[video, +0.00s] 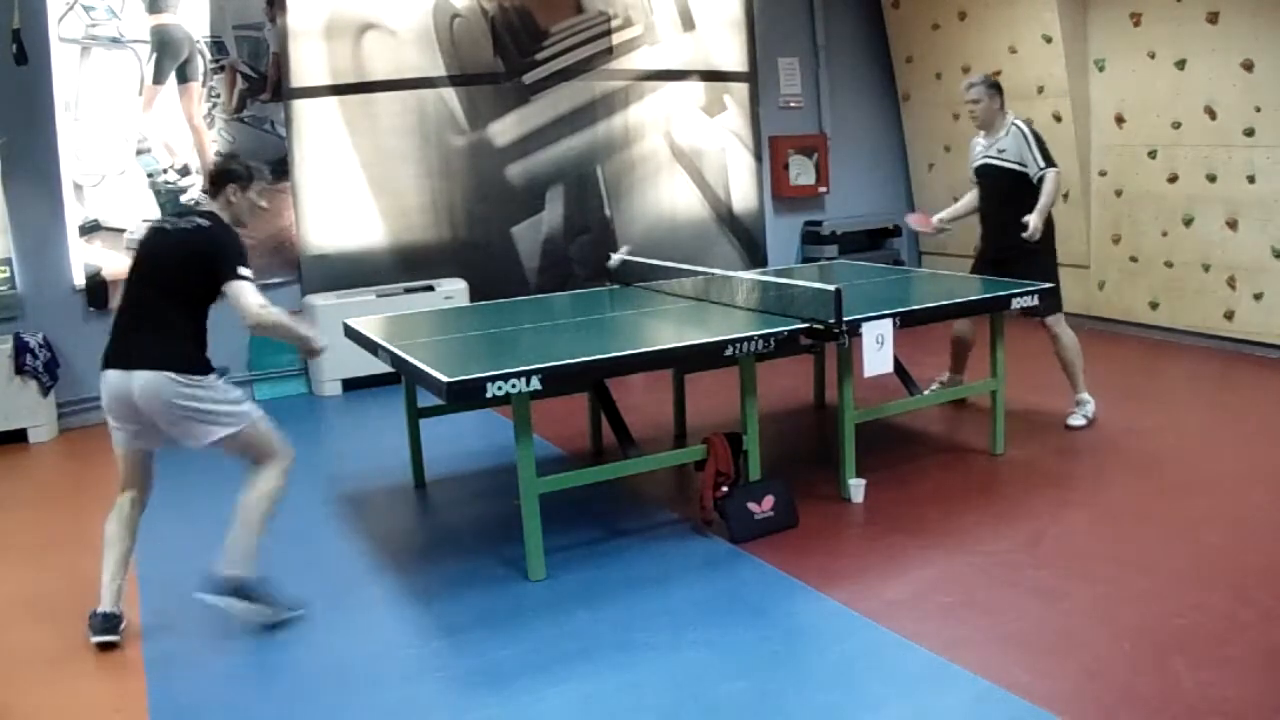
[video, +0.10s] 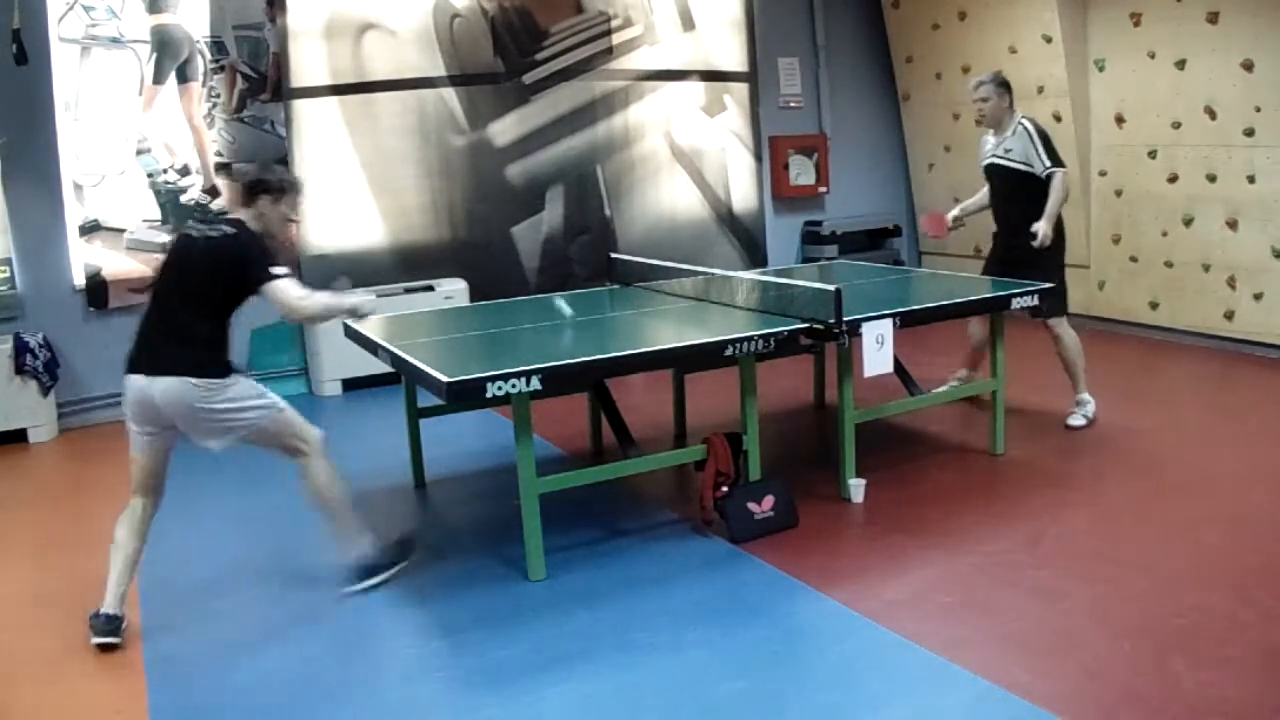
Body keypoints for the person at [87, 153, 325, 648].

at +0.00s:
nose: (263, 210)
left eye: (265, 199)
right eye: (259, 198)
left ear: (214, 190)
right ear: (234, 193)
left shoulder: (159, 230)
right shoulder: (220, 238)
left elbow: (125, 298)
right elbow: (255, 314)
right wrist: (304, 336)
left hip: (116, 377)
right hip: (173, 377)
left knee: (130, 492)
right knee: (275, 456)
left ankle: (107, 610)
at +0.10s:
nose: (294, 230)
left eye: (295, 219)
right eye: (289, 218)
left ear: (247, 206)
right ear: (260, 206)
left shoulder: (189, 237)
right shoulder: (250, 247)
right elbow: (297, 305)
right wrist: (353, 302)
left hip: (140, 383)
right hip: (198, 383)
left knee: (142, 497)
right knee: (308, 445)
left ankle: (109, 612)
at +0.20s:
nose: (335, 218)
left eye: (336, 209)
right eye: (332, 209)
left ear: (293, 204)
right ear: (309, 204)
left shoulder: (231, 235)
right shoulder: (296, 247)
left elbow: (188, 300)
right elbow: (360, 292)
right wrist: (401, 269)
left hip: (185, 383)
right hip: (245, 388)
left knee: (164, 497)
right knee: (346, 451)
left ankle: (113, 606)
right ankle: (402, 544)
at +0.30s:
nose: (378, 223)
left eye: (379, 214)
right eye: (377, 214)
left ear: (337, 201)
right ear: (355, 207)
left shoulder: (273, 234)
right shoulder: (349, 247)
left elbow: (229, 299)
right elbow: (417, 276)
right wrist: (454, 249)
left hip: (227, 380)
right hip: (288, 384)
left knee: (200, 486)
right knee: (382, 430)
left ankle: (127, 580)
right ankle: (416, 538)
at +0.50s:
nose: (393, 185)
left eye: (394, 177)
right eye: (392, 176)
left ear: (349, 168)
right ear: (372, 173)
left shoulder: (289, 207)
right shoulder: (381, 222)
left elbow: (250, 280)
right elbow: (459, 253)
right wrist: (522, 272)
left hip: (249, 350)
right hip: (305, 358)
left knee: (237, 446)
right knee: (392, 424)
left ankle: (179, 537)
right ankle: (416, 536)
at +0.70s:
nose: (362, 173)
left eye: (363, 164)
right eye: (360, 164)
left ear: (320, 160)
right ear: (340, 162)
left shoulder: (266, 202)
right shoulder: (349, 215)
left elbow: (227, 275)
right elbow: (420, 263)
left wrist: (219, 338)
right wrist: (475, 281)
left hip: (241, 351)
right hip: (299, 356)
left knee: (243, 434)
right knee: (383, 425)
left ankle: (203, 533)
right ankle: (416, 537)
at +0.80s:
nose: (334, 175)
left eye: (334, 166)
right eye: (330, 166)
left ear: (294, 165)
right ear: (308, 165)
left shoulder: (239, 211)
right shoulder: (314, 219)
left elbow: (205, 282)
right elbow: (379, 278)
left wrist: (200, 347)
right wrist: (428, 296)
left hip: (221, 358)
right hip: (279, 360)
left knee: (242, 437)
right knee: (362, 436)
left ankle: (207, 543)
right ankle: (416, 540)